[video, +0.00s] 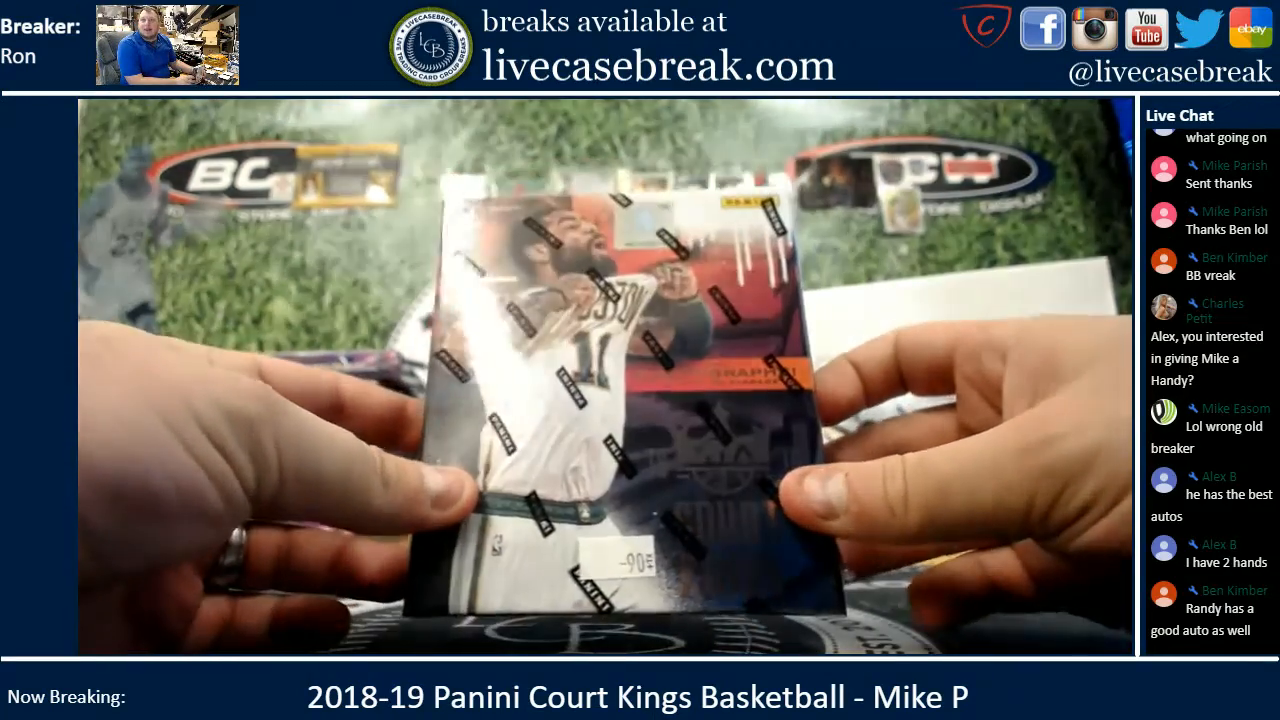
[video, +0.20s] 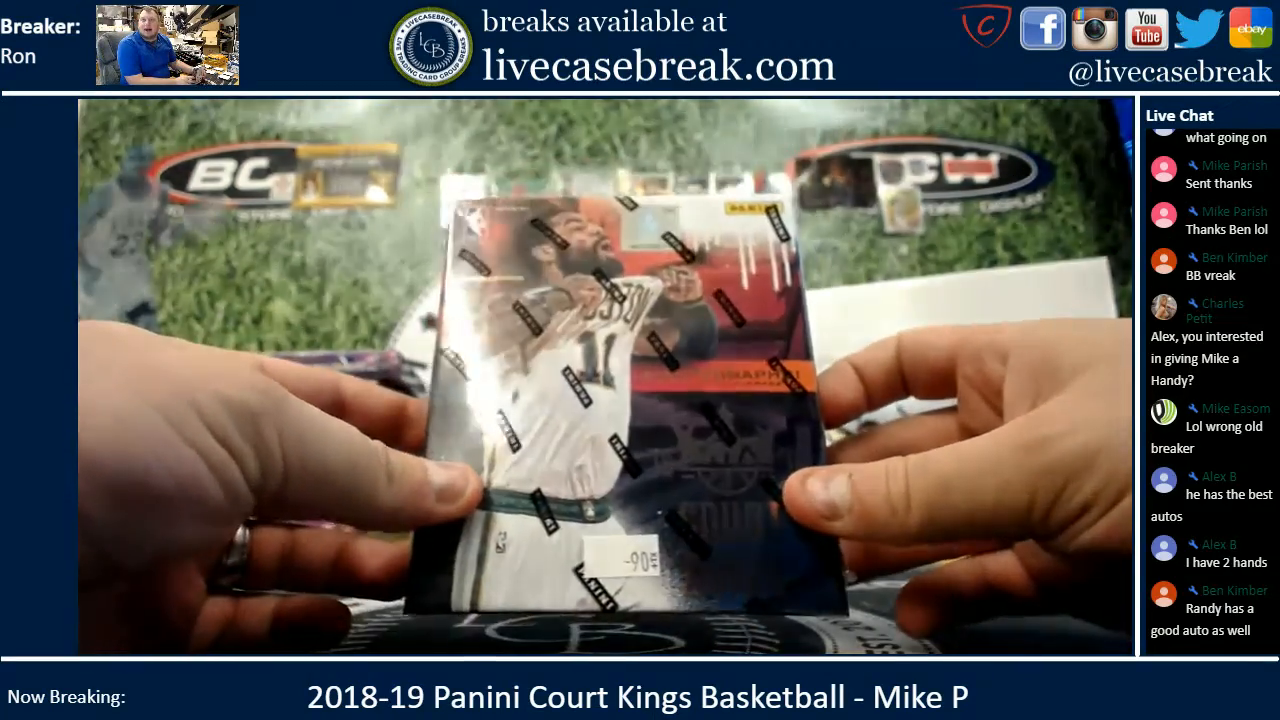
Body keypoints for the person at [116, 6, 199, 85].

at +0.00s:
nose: (147, 24)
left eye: (152, 20)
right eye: (143, 20)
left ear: (159, 24)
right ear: (138, 23)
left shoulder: (164, 40)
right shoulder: (128, 45)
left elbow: (174, 63)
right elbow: (136, 81)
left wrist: (194, 71)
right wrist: (177, 81)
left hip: (167, 92)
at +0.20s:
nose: (147, 24)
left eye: (152, 20)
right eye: (143, 20)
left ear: (159, 24)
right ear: (138, 23)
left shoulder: (164, 40)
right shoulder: (128, 45)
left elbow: (174, 63)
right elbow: (136, 81)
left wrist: (193, 71)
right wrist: (177, 81)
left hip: (167, 92)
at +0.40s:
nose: (147, 24)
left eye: (152, 20)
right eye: (143, 20)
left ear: (159, 23)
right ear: (138, 23)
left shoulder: (164, 41)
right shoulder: (128, 45)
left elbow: (174, 63)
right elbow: (135, 81)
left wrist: (193, 70)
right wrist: (177, 81)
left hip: (165, 91)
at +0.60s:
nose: (146, 24)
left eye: (151, 20)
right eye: (142, 20)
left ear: (159, 23)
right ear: (137, 23)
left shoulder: (164, 41)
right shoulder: (128, 45)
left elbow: (174, 63)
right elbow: (135, 81)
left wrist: (193, 71)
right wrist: (177, 81)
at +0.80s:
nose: (142, 25)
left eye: (147, 21)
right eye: (138, 21)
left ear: (157, 23)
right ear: (135, 23)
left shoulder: (164, 41)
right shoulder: (127, 45)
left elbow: (174, 63)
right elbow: (135, 81)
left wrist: (194, 70)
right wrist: (176, 81)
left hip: (166, 92)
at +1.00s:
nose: (132, 29)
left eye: (137, 25)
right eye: (130, 25)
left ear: (151, 25)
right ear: (128, 25)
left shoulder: (164, 40)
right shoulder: (123, 46)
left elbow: (175, 61)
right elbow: (122, 80)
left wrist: (195, 70)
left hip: (163, 96)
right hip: (134, 98)